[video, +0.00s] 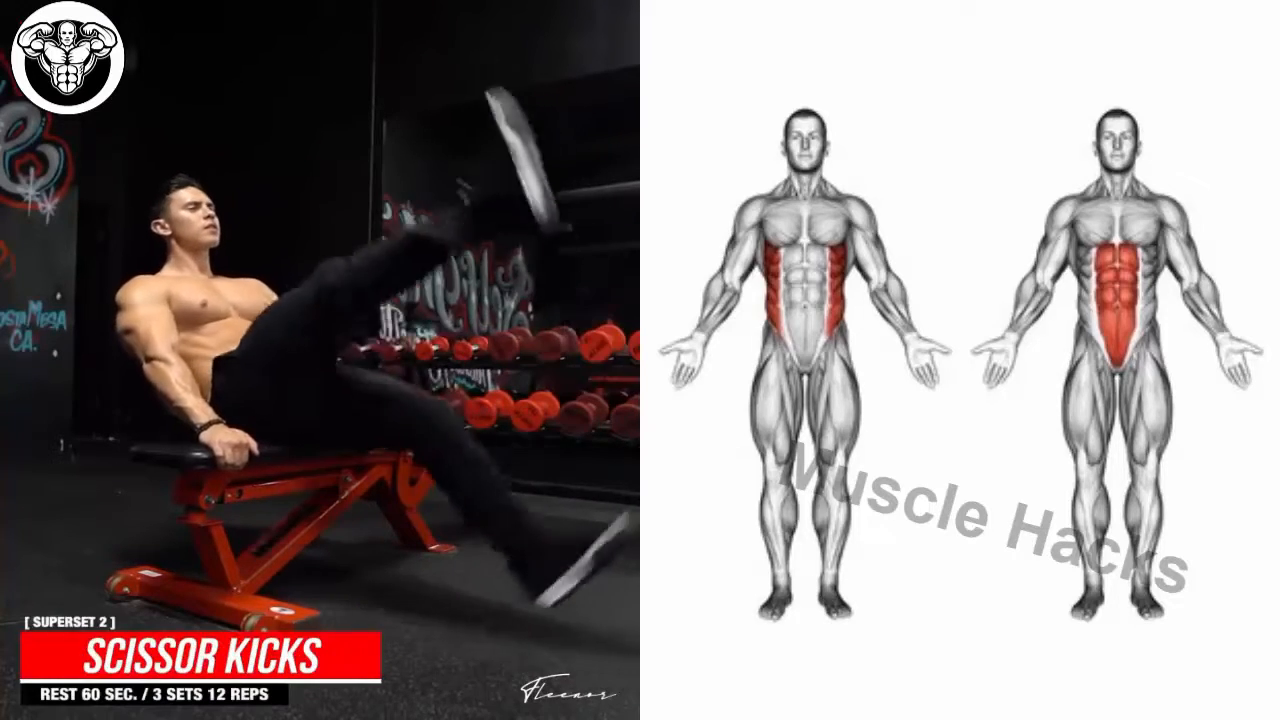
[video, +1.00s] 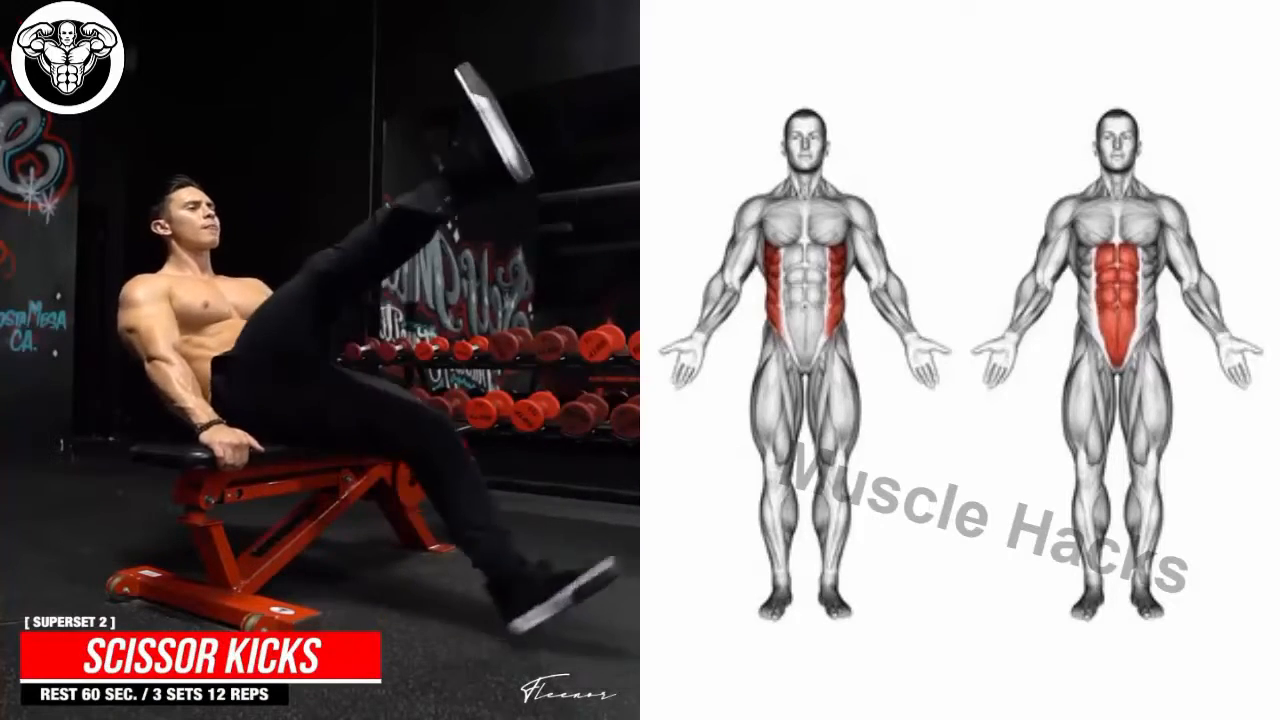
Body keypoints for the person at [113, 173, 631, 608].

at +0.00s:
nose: (208, 213)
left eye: (209, 206)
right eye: (192, 207)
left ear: (213, 225)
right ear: (162, 227)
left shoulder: (253, 289)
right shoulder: (144, 290)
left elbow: (306, 340)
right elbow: (160, 362)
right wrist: (208, 424)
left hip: (311, 397)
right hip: (245, 395)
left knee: (435, 422)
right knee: (329, 290)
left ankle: (540, 567)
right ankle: (500, 215)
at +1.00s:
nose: (208, 214)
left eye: (210, 207)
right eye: (192, 208)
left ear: (214, 224)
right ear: (162, 227)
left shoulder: (251, 285)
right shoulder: (145, 289)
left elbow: (303, 329)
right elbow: (163, 361)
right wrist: (208, 425)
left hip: (303, 391)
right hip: (244, 384)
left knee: (432, 433)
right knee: (326, 273)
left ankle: (516, 587)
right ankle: (457, 180)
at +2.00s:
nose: (214, 243)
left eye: (219, 234)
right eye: (202, 232)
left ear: (222, 238)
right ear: (168, 236)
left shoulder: (247, 293)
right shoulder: (139, 298)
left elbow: (298, 344)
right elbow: (157, 365)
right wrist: (207, 424)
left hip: (305, 394)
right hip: (243, 391)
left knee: (435, 421)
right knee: (342, 285)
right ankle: (472, 186)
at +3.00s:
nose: (214, 240)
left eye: (219, 232)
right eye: (202, 230)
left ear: (221, 237)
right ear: (166, 233)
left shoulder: (250, 294)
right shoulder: (140, 297)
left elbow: (304, 352)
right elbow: (161, 365)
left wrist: (341, 409)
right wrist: (208, 424)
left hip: (304, 399)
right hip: (244, 400)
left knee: (431, 401)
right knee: (345, 299)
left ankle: (551, 541)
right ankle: (511, 236)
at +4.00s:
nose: (208, 229)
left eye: (212, 221)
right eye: (193, 222)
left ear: (217, 231)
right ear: (162, 235)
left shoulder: (252, 292)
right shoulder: (142, 294)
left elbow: (309, 355)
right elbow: (166, 362)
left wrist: (366, 417)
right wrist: (210, 424)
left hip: (307, 396)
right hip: (244, 405)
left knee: (428, 379)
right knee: (338, 302)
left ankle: (563, 486)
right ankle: (518, 266)